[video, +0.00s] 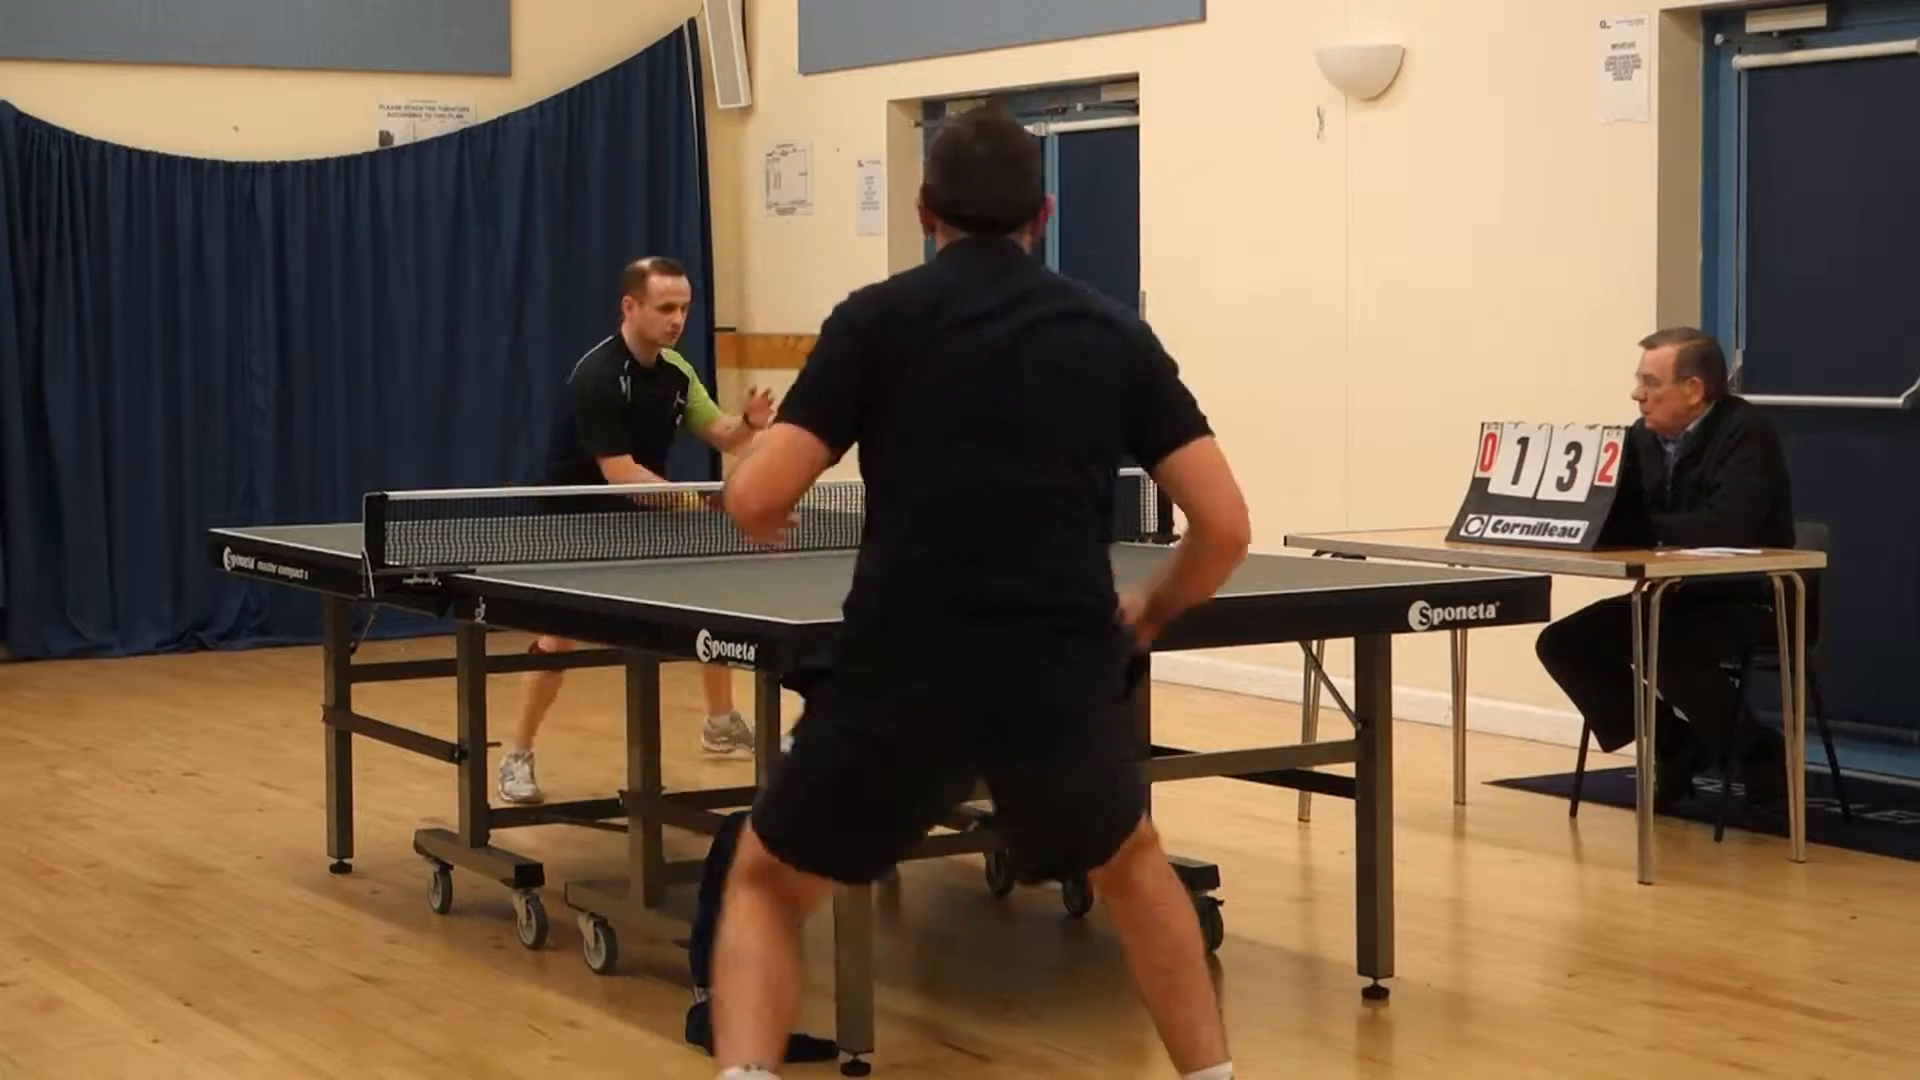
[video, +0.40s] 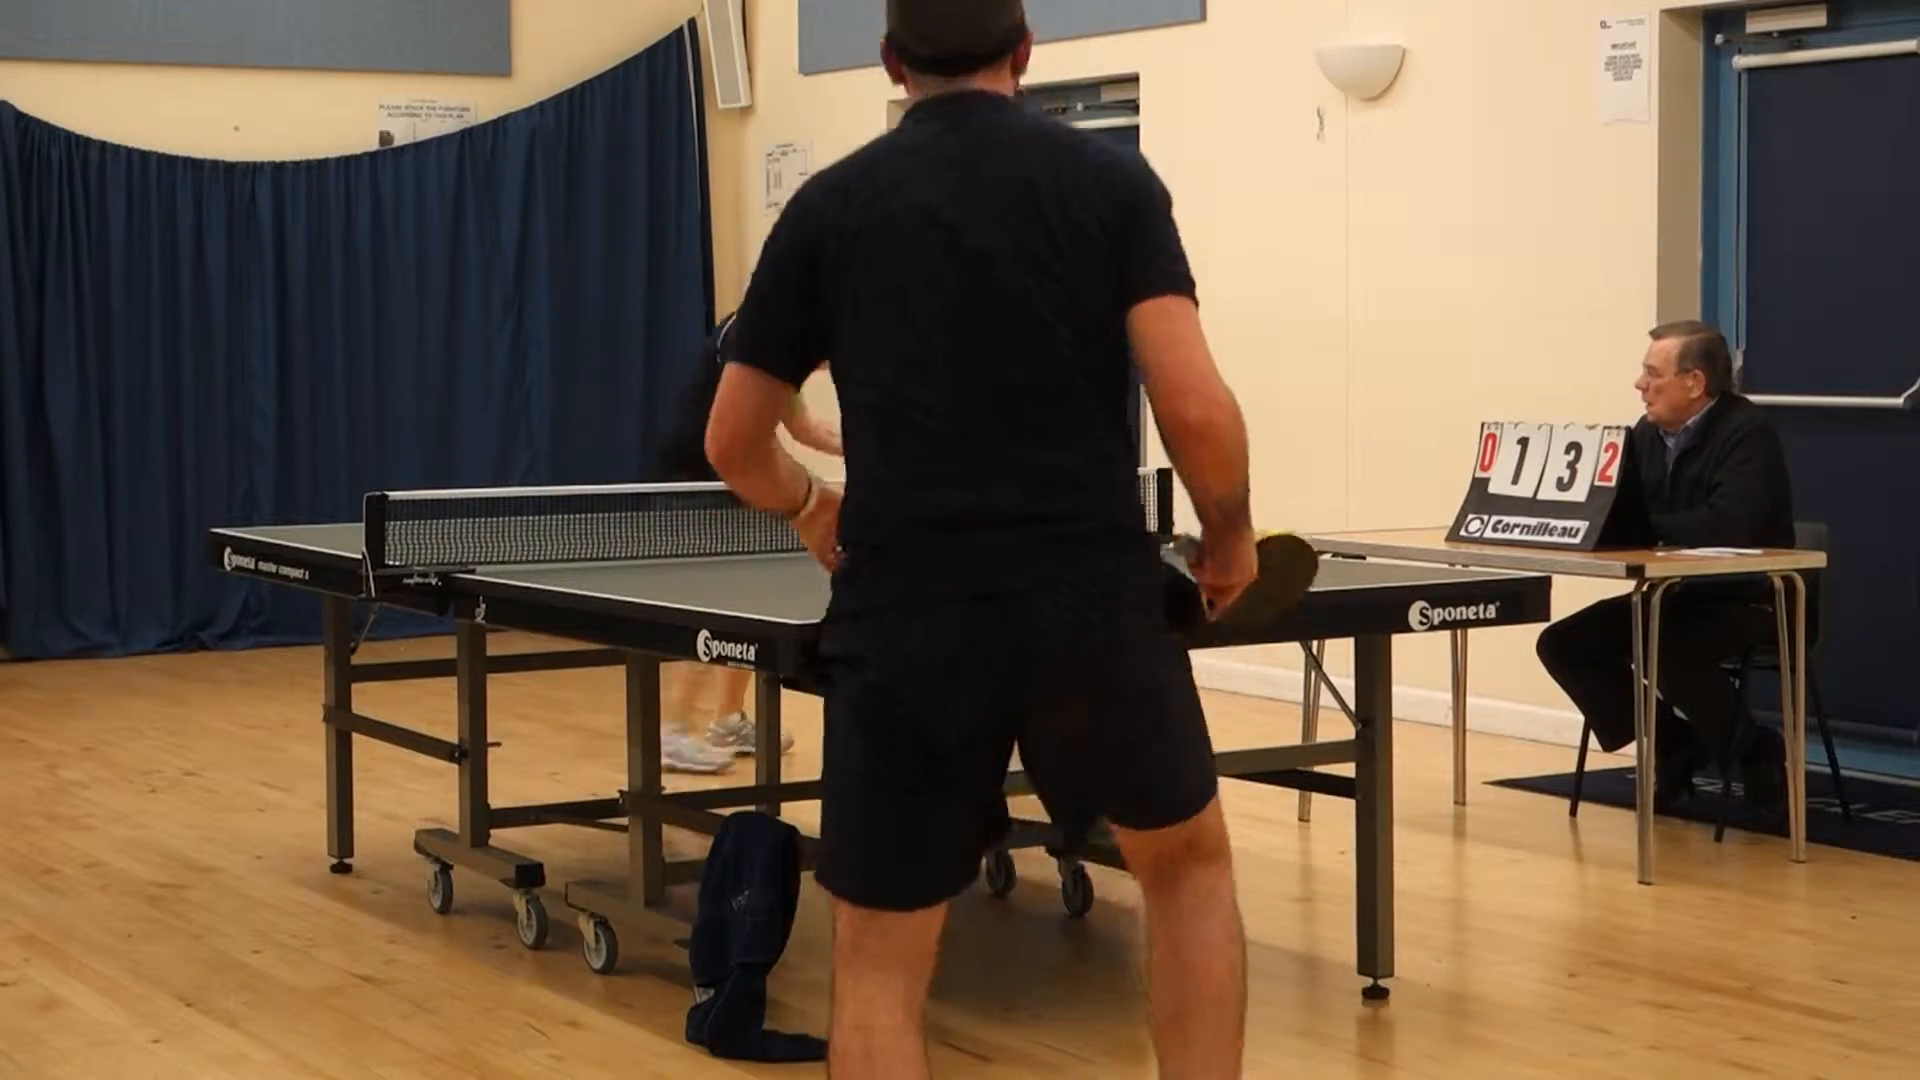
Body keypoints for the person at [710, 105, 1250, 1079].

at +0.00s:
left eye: (923, 201)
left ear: (925, 213)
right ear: (1041, 216)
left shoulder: (874, 323)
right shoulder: (1107, 331)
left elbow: (755, 509)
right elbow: (1223, 528)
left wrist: (752, 454)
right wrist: (1150, 610)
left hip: (904, 671)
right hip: (1063, 675)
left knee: (768, 880)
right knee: (1133, 865)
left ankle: (746, 1074)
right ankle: (1213, 1073)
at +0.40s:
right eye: (1025, 48)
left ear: (893, 64)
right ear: (1023, 57)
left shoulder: (831, 203)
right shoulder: (1109, 180)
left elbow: (733, 439)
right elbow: (1193, 406)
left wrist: (804, 503)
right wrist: (1228, 532)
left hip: (905, 622)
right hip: (1090, 610)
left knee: (878, 969)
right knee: (1183, 869)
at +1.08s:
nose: (967, 10)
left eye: (966, 8)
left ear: (973, 4)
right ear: (1092, 0)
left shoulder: (908, 137)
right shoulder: (1214, 128)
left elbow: (868, 398)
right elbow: (1274, 400)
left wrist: (913, 486)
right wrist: (1144, 435)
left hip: (963, 627)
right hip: (1167, 629)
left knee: (847, 940)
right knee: (1174, 986)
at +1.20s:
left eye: (910, 13)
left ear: (916, 7)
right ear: (1040, 5)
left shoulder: (864, 148)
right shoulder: (1164, 134)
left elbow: (829, 418)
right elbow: (1238, 397)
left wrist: (852, 490)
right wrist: (1110, 436)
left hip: (925, 634)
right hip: (1130, 630)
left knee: (806, 956)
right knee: (1147, 987)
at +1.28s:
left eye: (861, 16)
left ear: (865, 12)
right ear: (995, 6)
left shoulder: (819, 163)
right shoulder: (1115, 143)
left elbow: (789, 432)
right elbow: (1200, 400)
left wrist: (814, 500)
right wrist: (1077, 441)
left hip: (889, 643)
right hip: (1092, 637)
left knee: (789, 960)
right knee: (1123, 989)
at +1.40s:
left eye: (777, 15)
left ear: (784, 12)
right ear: (915, 6)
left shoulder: (742, 161)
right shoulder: (1028, 146)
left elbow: (706, 421)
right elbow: (1121, 394)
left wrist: (770, 502)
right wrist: (1003, 447)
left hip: (807, 633)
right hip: (999, 627)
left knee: (742, 950)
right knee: (1055, 962)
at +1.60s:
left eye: (685, 8)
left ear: (687, 7)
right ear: (799, 2)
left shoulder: (628, 140)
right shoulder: (906, 126)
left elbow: (557, 395)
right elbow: (995, 365)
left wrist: (618, 457)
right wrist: (901, 436)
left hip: (697, 588)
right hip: (875, 578)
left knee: (697, 923)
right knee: (899, 897)